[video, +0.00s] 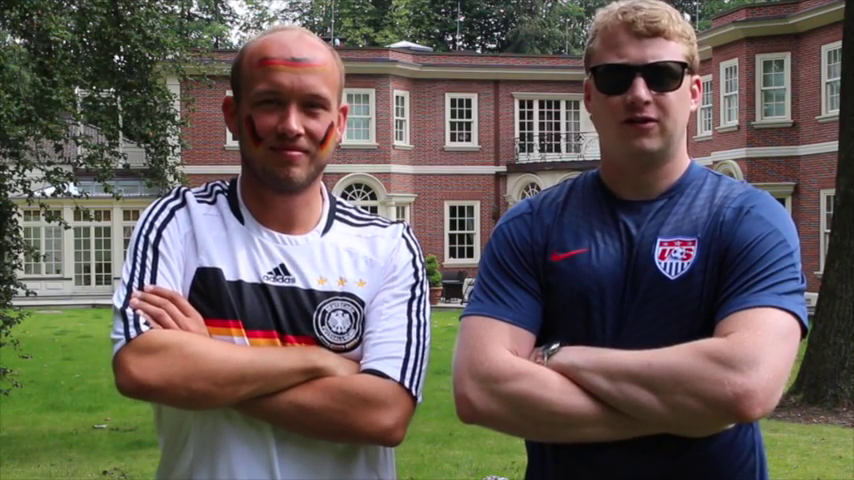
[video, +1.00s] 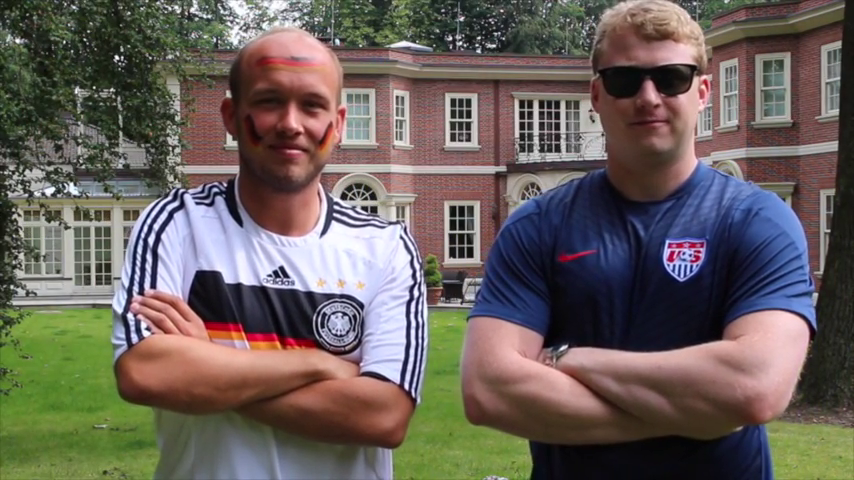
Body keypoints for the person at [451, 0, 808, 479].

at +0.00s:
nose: (639, 94)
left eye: (661, 76)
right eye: (615, 77)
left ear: (694, 92)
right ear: (589, 96)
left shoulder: (750, 219)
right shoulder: (529, 227)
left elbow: (746, 387)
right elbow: (479, 390)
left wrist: (557, 360)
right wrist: (672, 410)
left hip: (713, 473)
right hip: (564, 473)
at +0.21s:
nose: (639, 101)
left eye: (661, 81)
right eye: (615, 83)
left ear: (694, 93)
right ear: (589, 98)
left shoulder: (750, 219)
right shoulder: (530, 227)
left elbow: (745, 387)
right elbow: (480, 390)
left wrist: (559, 360)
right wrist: (672, 410)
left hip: (714, 473)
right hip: (565, 473)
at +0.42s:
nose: (640, 98)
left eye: (662, 78)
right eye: (617, 80)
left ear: (696, 93)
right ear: (590, 96)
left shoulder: (751, 220)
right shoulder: (530, 227)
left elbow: (747, 388)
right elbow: (481, 391)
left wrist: (559, 361)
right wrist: (675, 411)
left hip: (715, 473)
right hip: (566, 473)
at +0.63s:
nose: (643, 99)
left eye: (665, 79)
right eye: (619, 81)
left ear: (698, 92)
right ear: (591, 97)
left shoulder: (754, 220)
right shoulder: (532, 227)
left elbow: (750, 388)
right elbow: (484, 391)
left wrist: (561, 361)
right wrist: (678, 411)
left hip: (717, 473)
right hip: (568, 473)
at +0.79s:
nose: (646, 98)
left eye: (668, 78)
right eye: (622, 80)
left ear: (701, 92)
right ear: (594, 96)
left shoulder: (756, 221)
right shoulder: (534, 227)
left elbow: (753, 388)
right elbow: (486, 391)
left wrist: (564, 361)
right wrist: (679, 412)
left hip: (718, 473)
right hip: (570, 473)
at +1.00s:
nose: (648, 97)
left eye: (670, 78)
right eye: (624, 80)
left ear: (703, 91)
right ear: (596, 95)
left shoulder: (758, 221)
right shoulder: (536, 227)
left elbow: (756, 389)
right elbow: (488, 391)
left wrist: (566, 361)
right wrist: (682, 413)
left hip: (719, 473)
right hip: (571, 473)